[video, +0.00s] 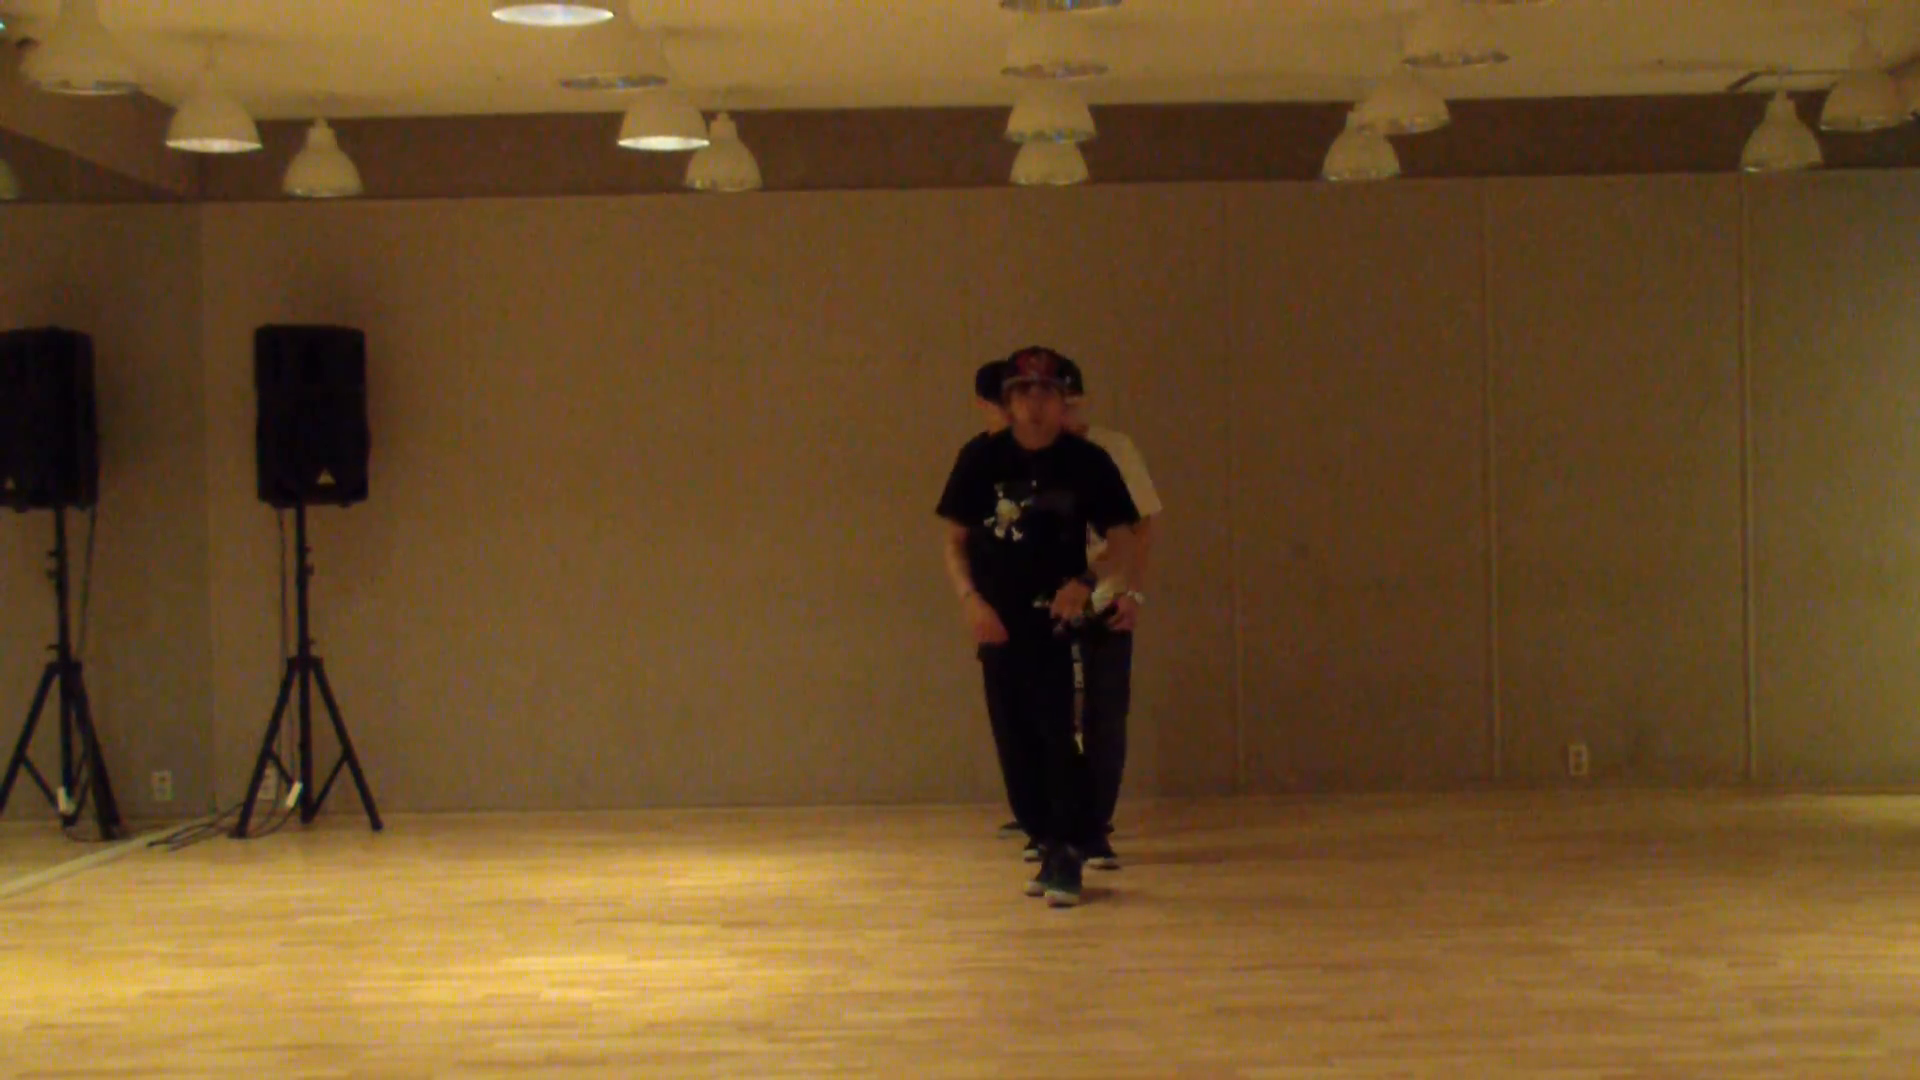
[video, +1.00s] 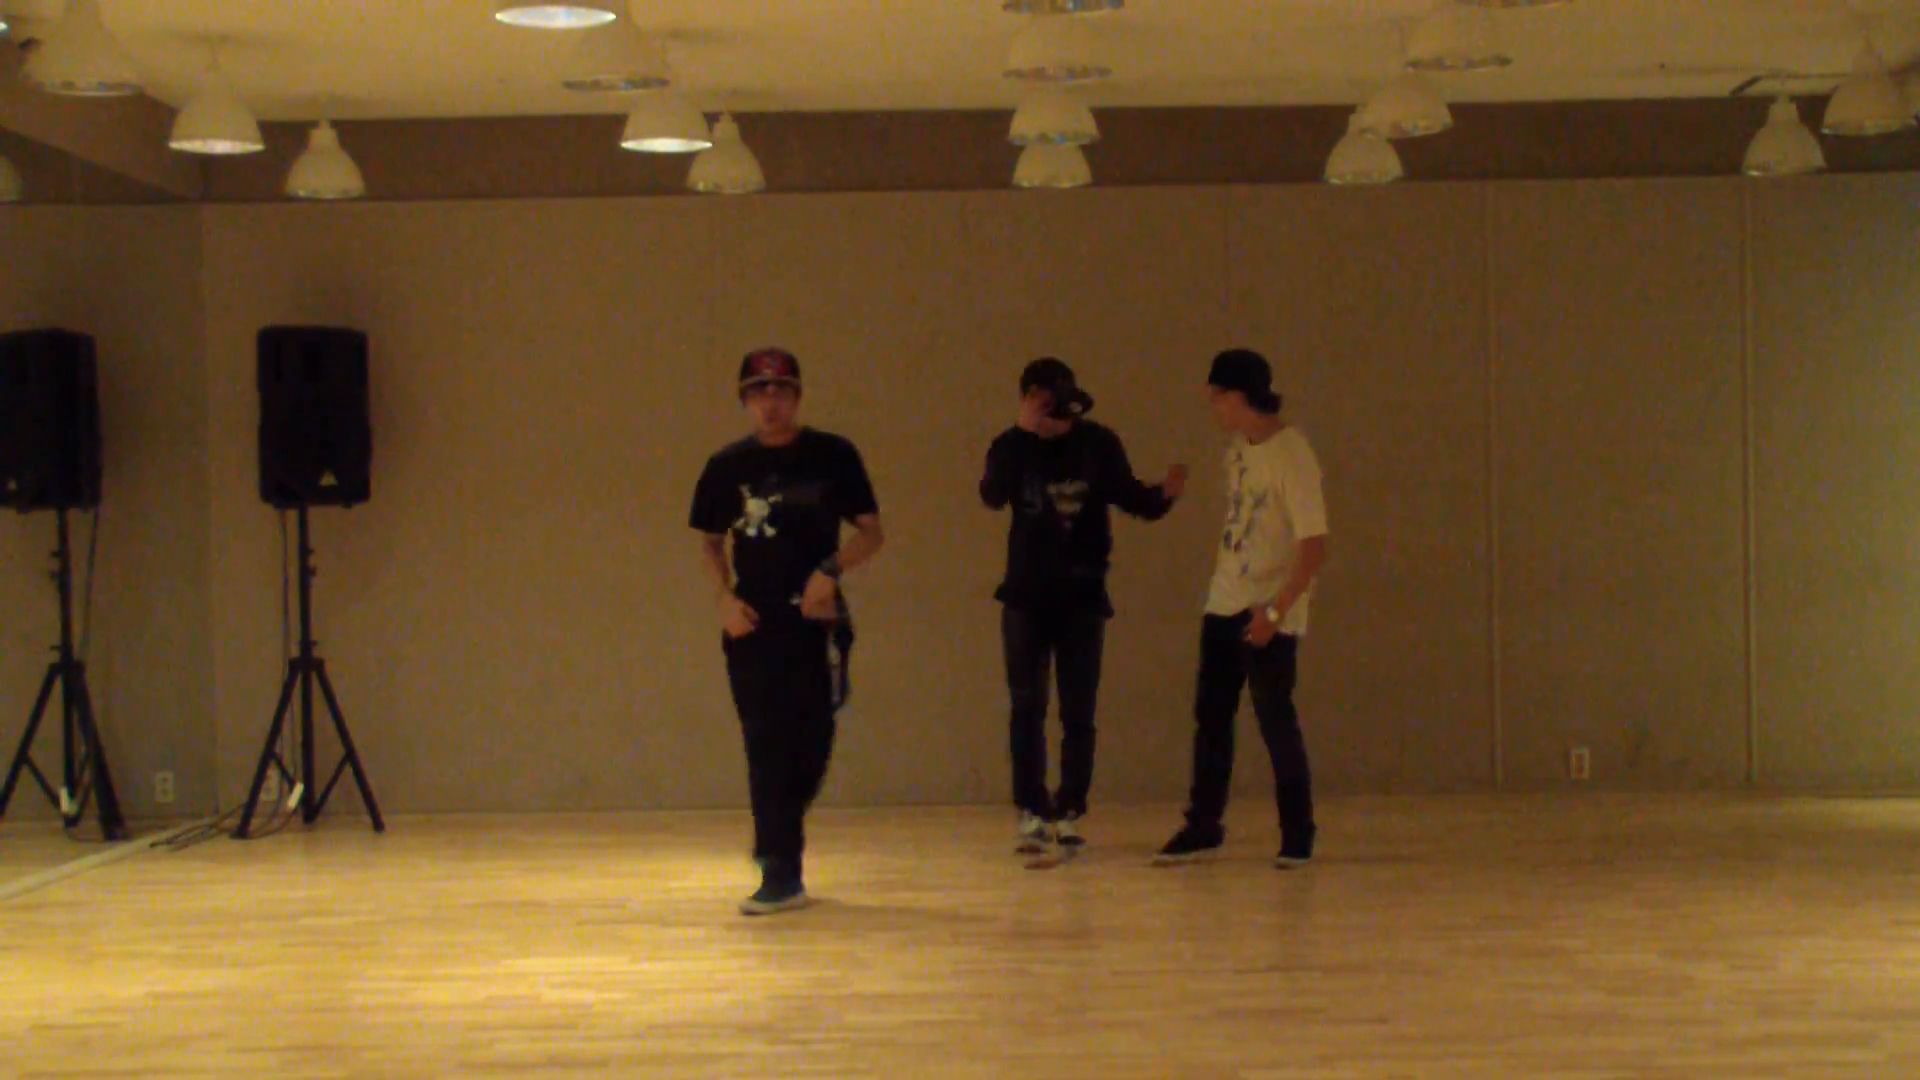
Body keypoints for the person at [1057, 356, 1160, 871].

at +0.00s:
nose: (1065, 412)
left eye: (1071, 401)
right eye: (1055, 403)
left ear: (1083, 403)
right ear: (1040, 406)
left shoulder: (1114, 449)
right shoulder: (1029, 460)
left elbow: (1143, 522)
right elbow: (1015, 534)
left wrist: (1129, 588)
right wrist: (1030, 585)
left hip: (1106, 602)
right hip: (1048, 603)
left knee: (1105, 719)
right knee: (1049, 718)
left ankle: (1096, 827)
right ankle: (1053, 825)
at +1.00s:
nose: (1212, 409)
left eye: (1218, 399)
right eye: (1212, 399)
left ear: (1244, 398)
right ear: (1241, 400)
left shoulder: (1292, 453)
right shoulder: (1237, 452)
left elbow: (1313, 545)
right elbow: (1243, 527)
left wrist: (1276, 612)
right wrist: (1226, 591)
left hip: (1269, 617)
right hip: (1223, 611)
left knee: (1277, 723)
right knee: (1213, 717)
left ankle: (1297, 832)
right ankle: (1204, 822)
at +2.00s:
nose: (1217, 406)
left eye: (1226, 395)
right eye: (1208, 399)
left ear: (1245, 399)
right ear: (1199, 405)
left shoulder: (1289, 448)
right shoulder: (1196, 470)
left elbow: (1327, 511)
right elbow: (1195, 553)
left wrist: (1324, 577)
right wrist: (1200, 625)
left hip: (1296, 596)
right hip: (1238, 609)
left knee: (1302, 692)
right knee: (1248, 720)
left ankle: (1305, 783)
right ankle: (1264, 822)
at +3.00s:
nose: (1251, 401)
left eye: (1261, 393)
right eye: (1242, 393)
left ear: (1277, 401)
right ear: (1227, 400)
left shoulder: (1302, 462)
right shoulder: (1204, 463)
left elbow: (1339, 530)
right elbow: (1178, 531)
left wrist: (1335, 596)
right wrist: (1188, 588)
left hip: (1282, 617)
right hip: (1222, 615)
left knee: (1271, 726)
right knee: (1220, 718)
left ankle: (1264, 831)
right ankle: (1230, 784)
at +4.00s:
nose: (1233, 443)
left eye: (1242, 434)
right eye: (1222, 434)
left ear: (1256, 443)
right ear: (1205, 447)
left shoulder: (1286, 502)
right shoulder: (1191, 507)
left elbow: (1321, 525)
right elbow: (1169, 538)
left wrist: (1355, 526)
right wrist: (1148, 539)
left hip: (1283, 641)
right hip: (1223, 651)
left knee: (1287, 727)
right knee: (1237, 758)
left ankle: (1287, 811)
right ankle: (1244, 849)